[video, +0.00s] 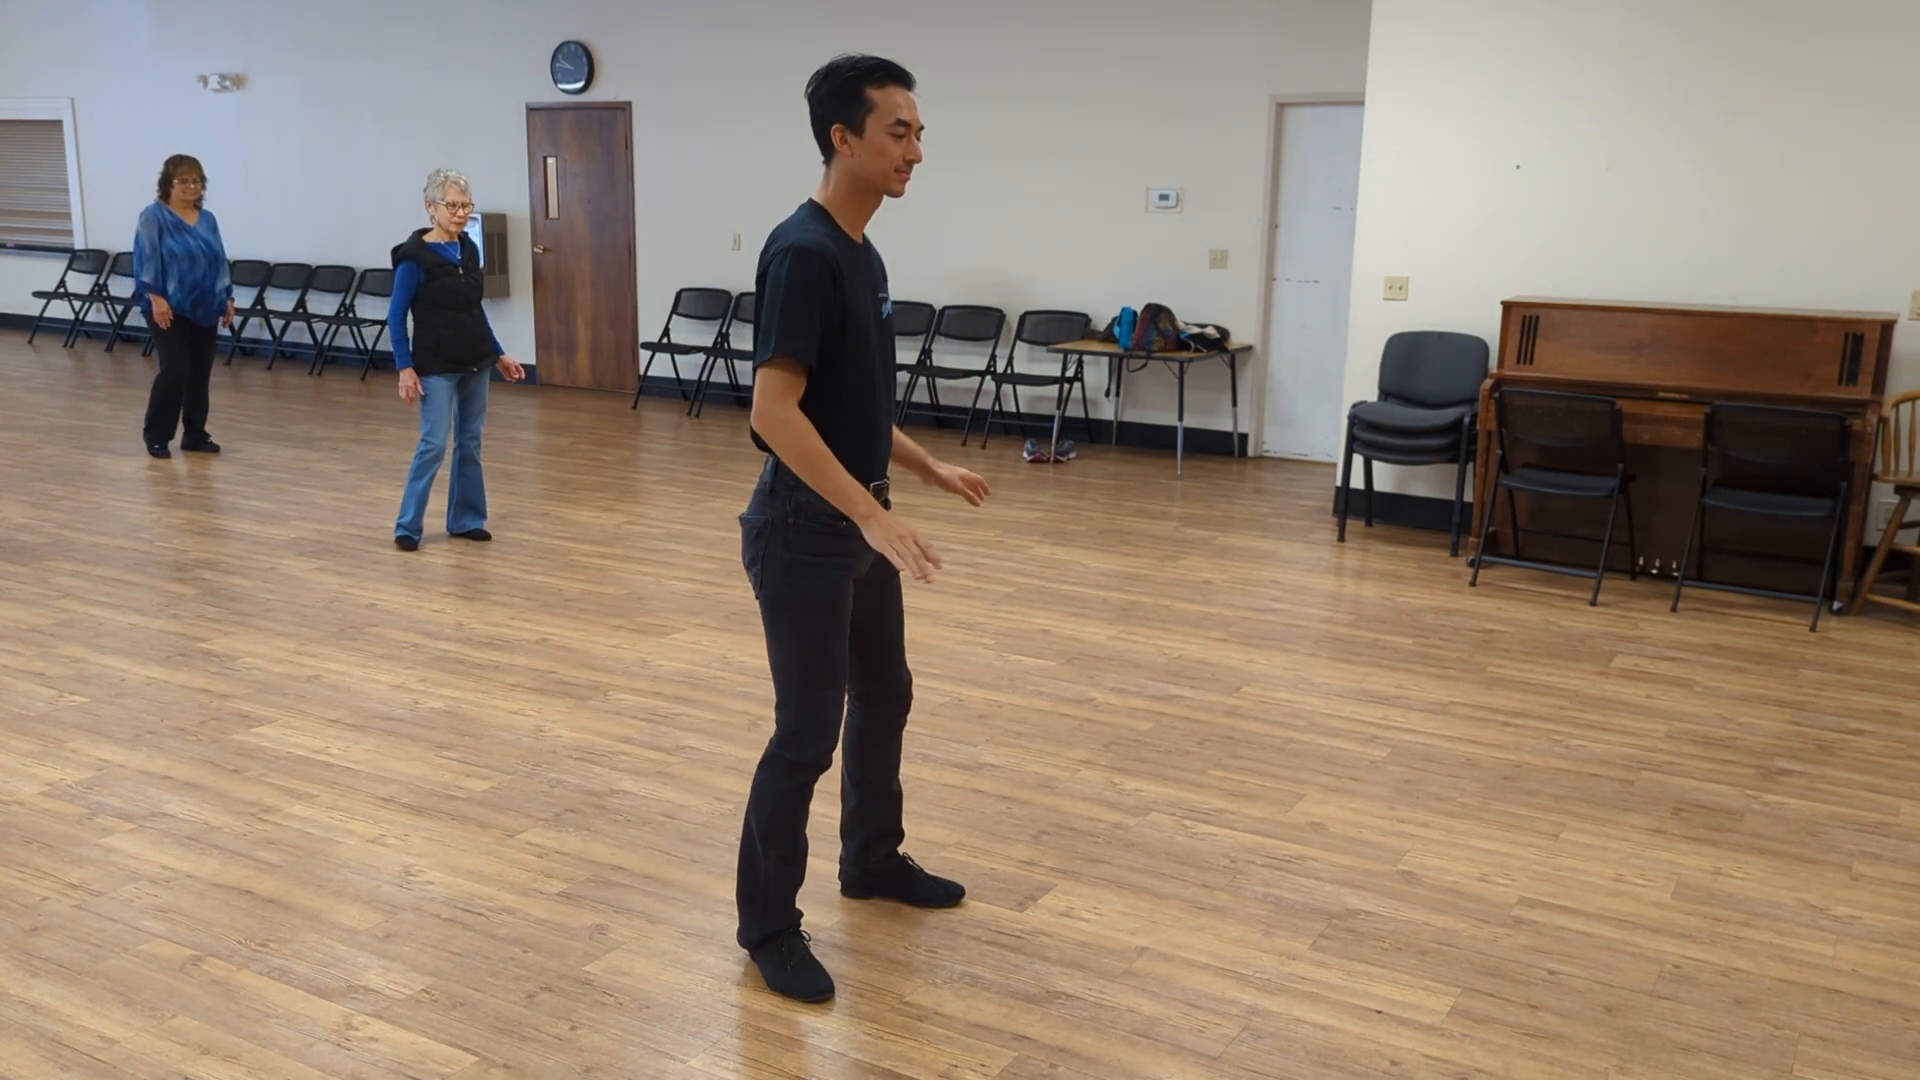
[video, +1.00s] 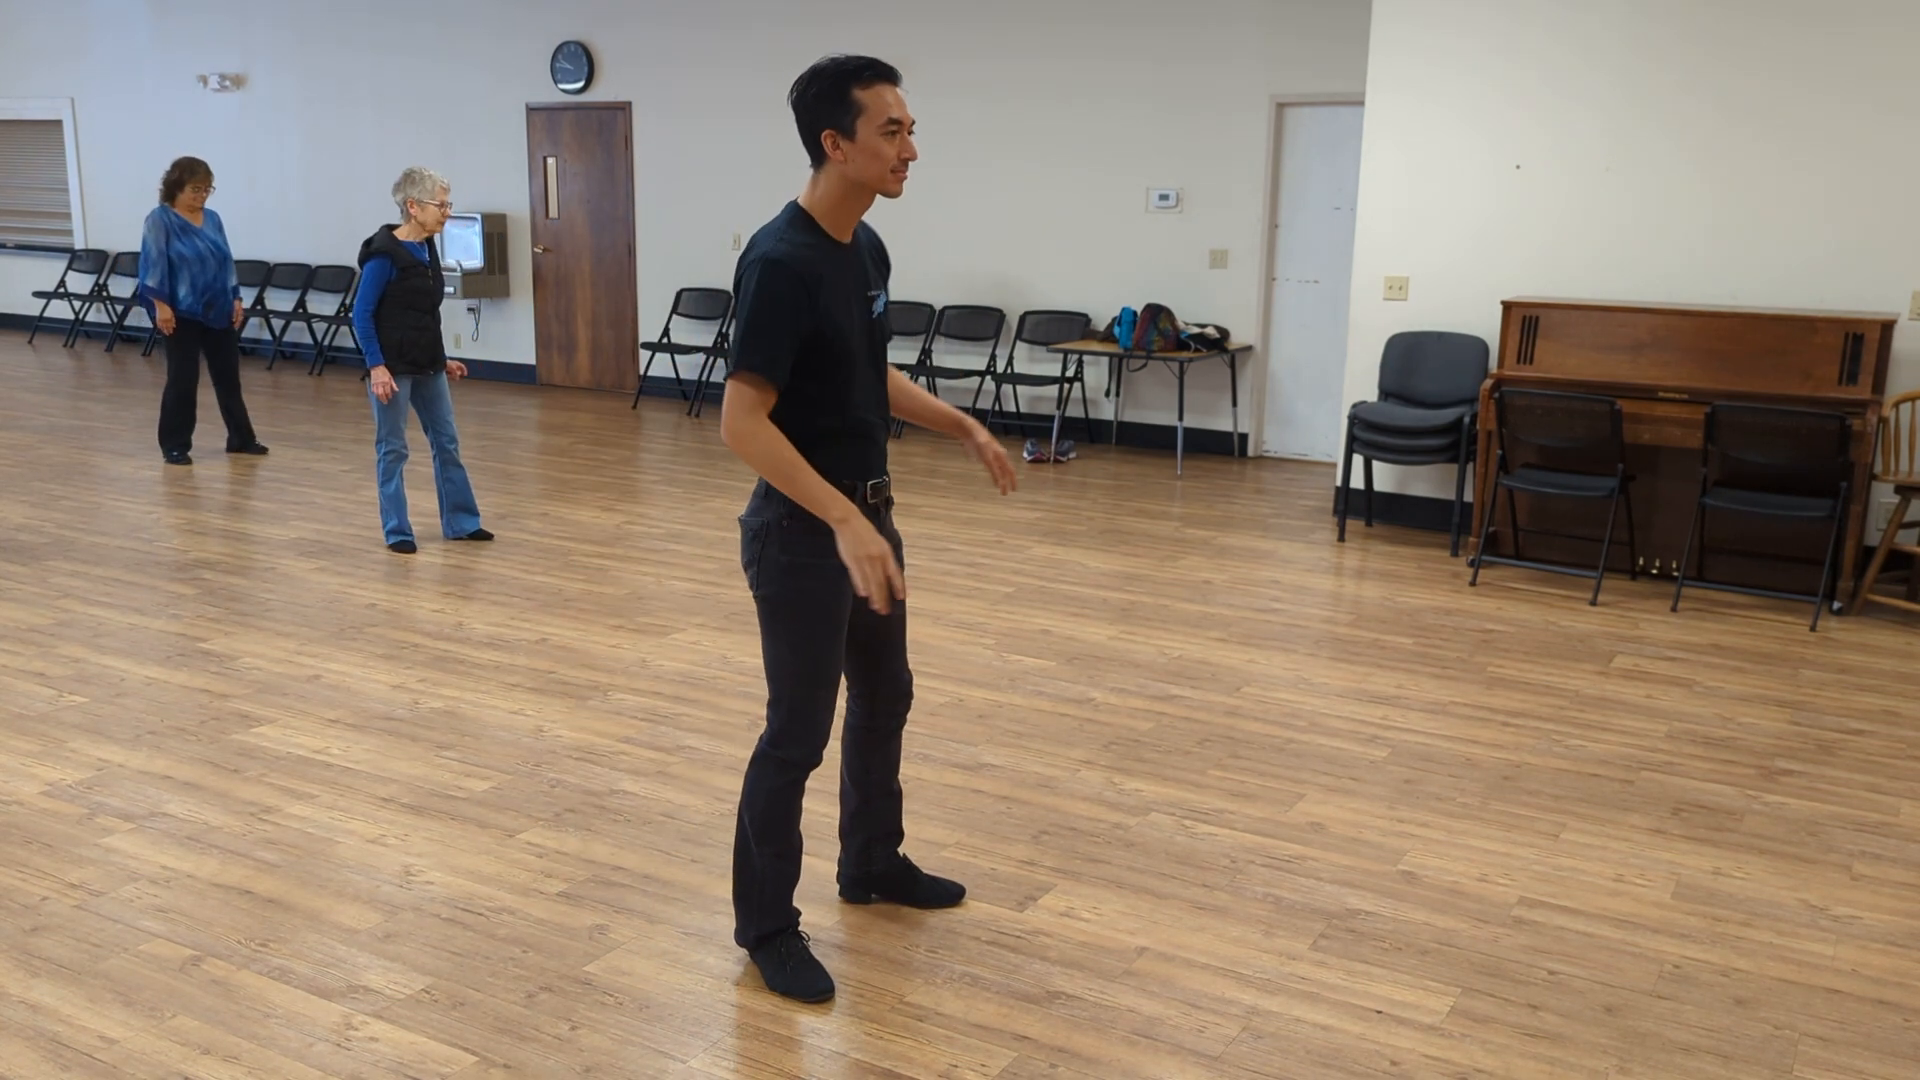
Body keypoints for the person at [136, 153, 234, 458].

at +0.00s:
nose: (193, 186)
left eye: (197, 181)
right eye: (185, 181)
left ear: (203, 184)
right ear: (169, 184)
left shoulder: (207, 218)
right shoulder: (153, 216)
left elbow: (220, 262)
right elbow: (147, 262)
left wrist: (227, 297)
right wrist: (156, 298)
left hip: (205, 308)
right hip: (169, 307)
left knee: (199, 372)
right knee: (175, 369)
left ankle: (194, 434)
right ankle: (156, 436)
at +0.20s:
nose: (199, 188)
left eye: (203, 183)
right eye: (191, 183)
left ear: (208, 186)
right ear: (175, 184)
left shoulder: (211, 219)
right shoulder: (158, 215)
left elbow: (225, 263)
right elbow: (149, 260)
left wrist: (233, 299)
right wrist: (157, 297)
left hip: (206, 310)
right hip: (170, 308)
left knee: (200, 374)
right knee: (176, 373)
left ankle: (195, 434)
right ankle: (168, 440)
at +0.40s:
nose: (199, 190)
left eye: (203, 185)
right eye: (192, 185)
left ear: (206, 187)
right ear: (174, 186)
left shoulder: (208, 219)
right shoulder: (155, 217)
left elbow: (223, 263)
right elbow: (149, 263)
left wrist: (232, 299)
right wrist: (158, 300)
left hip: (206, 311)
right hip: (172, 311)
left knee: (200, 376)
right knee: (178, 377)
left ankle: (196, 434)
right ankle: (173, 443)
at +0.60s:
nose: (194, 191)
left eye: (198, 186)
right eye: (187, 185)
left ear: (200, 187)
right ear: (168, 184)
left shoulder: (201, 216)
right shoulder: (150, 218)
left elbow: (215, 262)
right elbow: (147, 266)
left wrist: (224, 300)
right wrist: (159, 303)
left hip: (206, 309)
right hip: (172, 310)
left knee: (204, 374)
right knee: (178, 377)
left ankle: (200, 434)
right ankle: (173, 444)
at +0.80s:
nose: (193, 194)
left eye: (197, 188)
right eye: (186, 188)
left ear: (200, 188)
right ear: (167, 186)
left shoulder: (200, 216)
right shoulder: (150, 218)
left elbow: (214, 263)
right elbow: (147, 267)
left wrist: (225, 299)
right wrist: (159, 304)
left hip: (206, 308)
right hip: (171, 310)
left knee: (225, 366)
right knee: (177, 376)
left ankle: (213, 428)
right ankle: (174, 445)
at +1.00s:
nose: (202, 196)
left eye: (206, 190)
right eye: (195, 190)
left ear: (210, 190)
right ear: (177, 187)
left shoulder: (211, 218)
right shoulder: (159, 219)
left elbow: (226, 262)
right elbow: (153, 267)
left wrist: (236, 299)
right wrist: (161, 305)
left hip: (218, 311)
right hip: (182, 312)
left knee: (228, 378)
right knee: (183, 380)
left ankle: (241, 439)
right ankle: (175, 447)